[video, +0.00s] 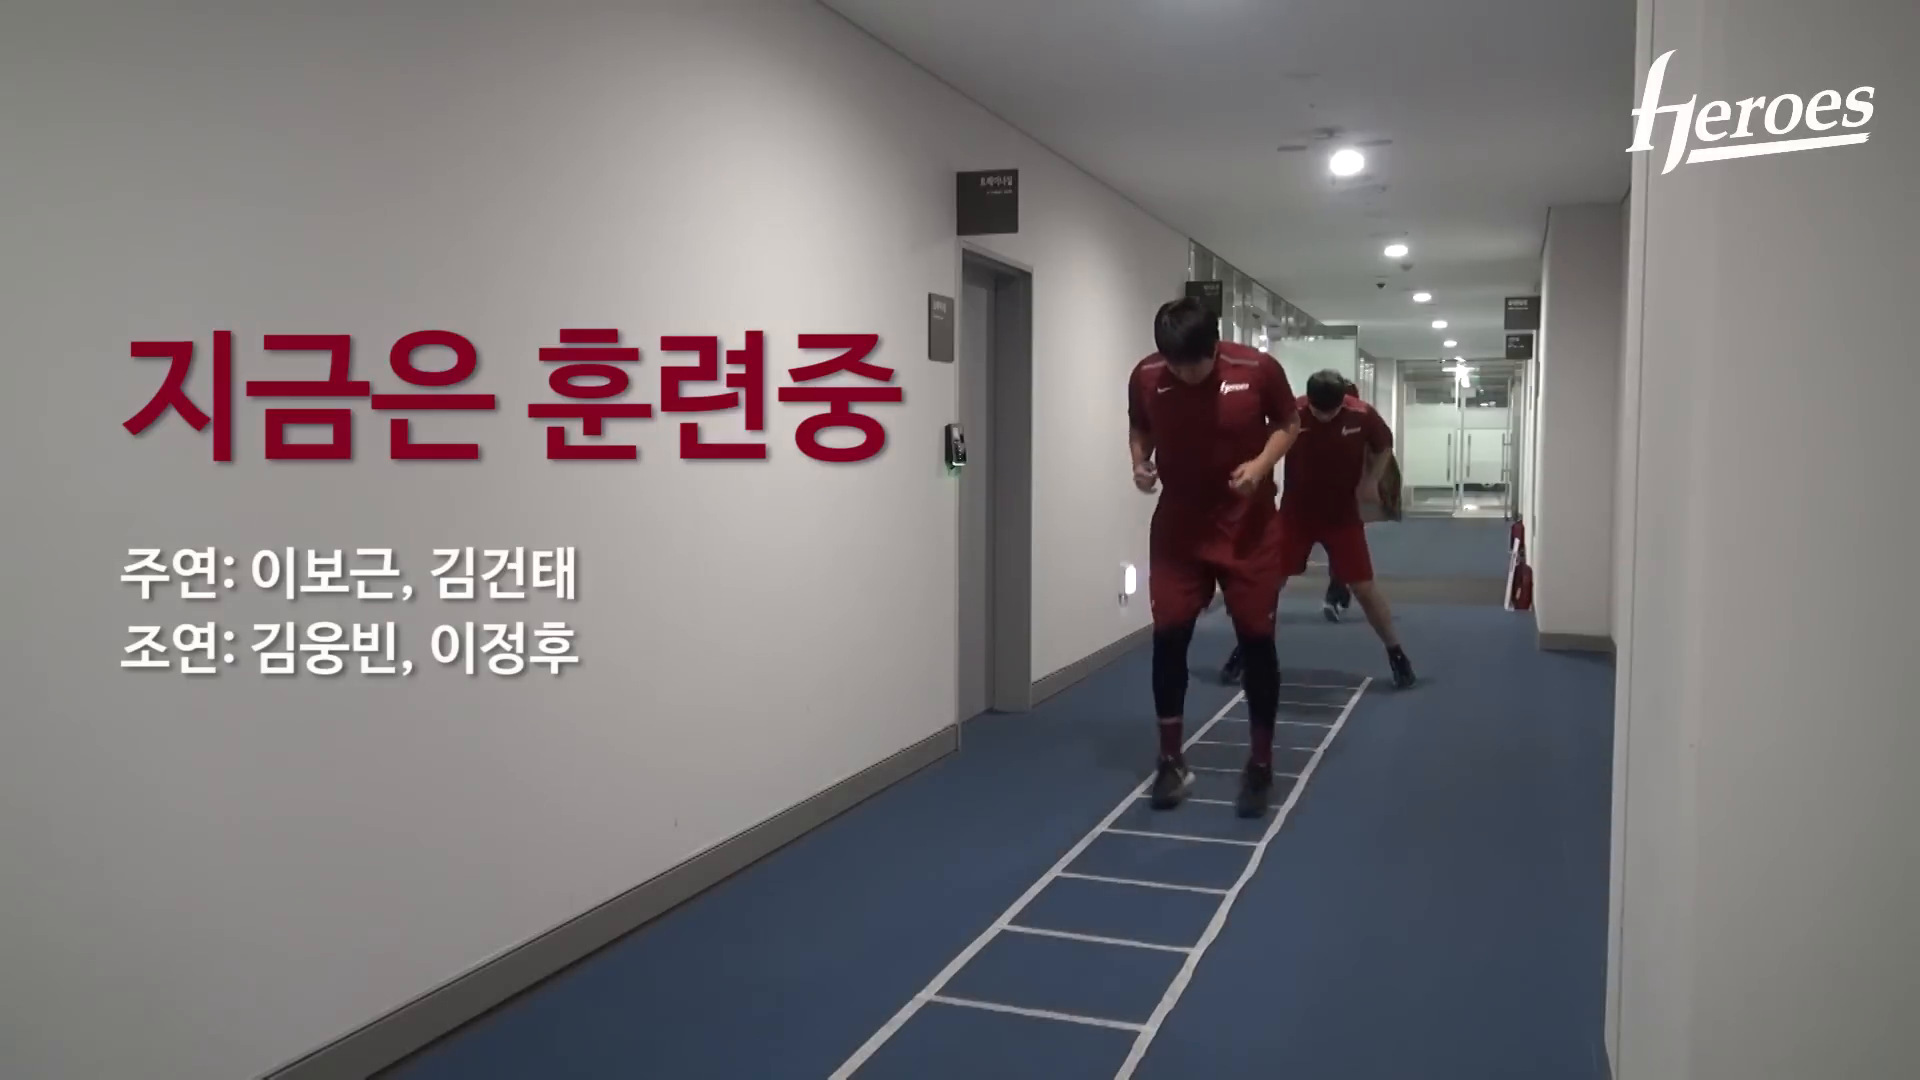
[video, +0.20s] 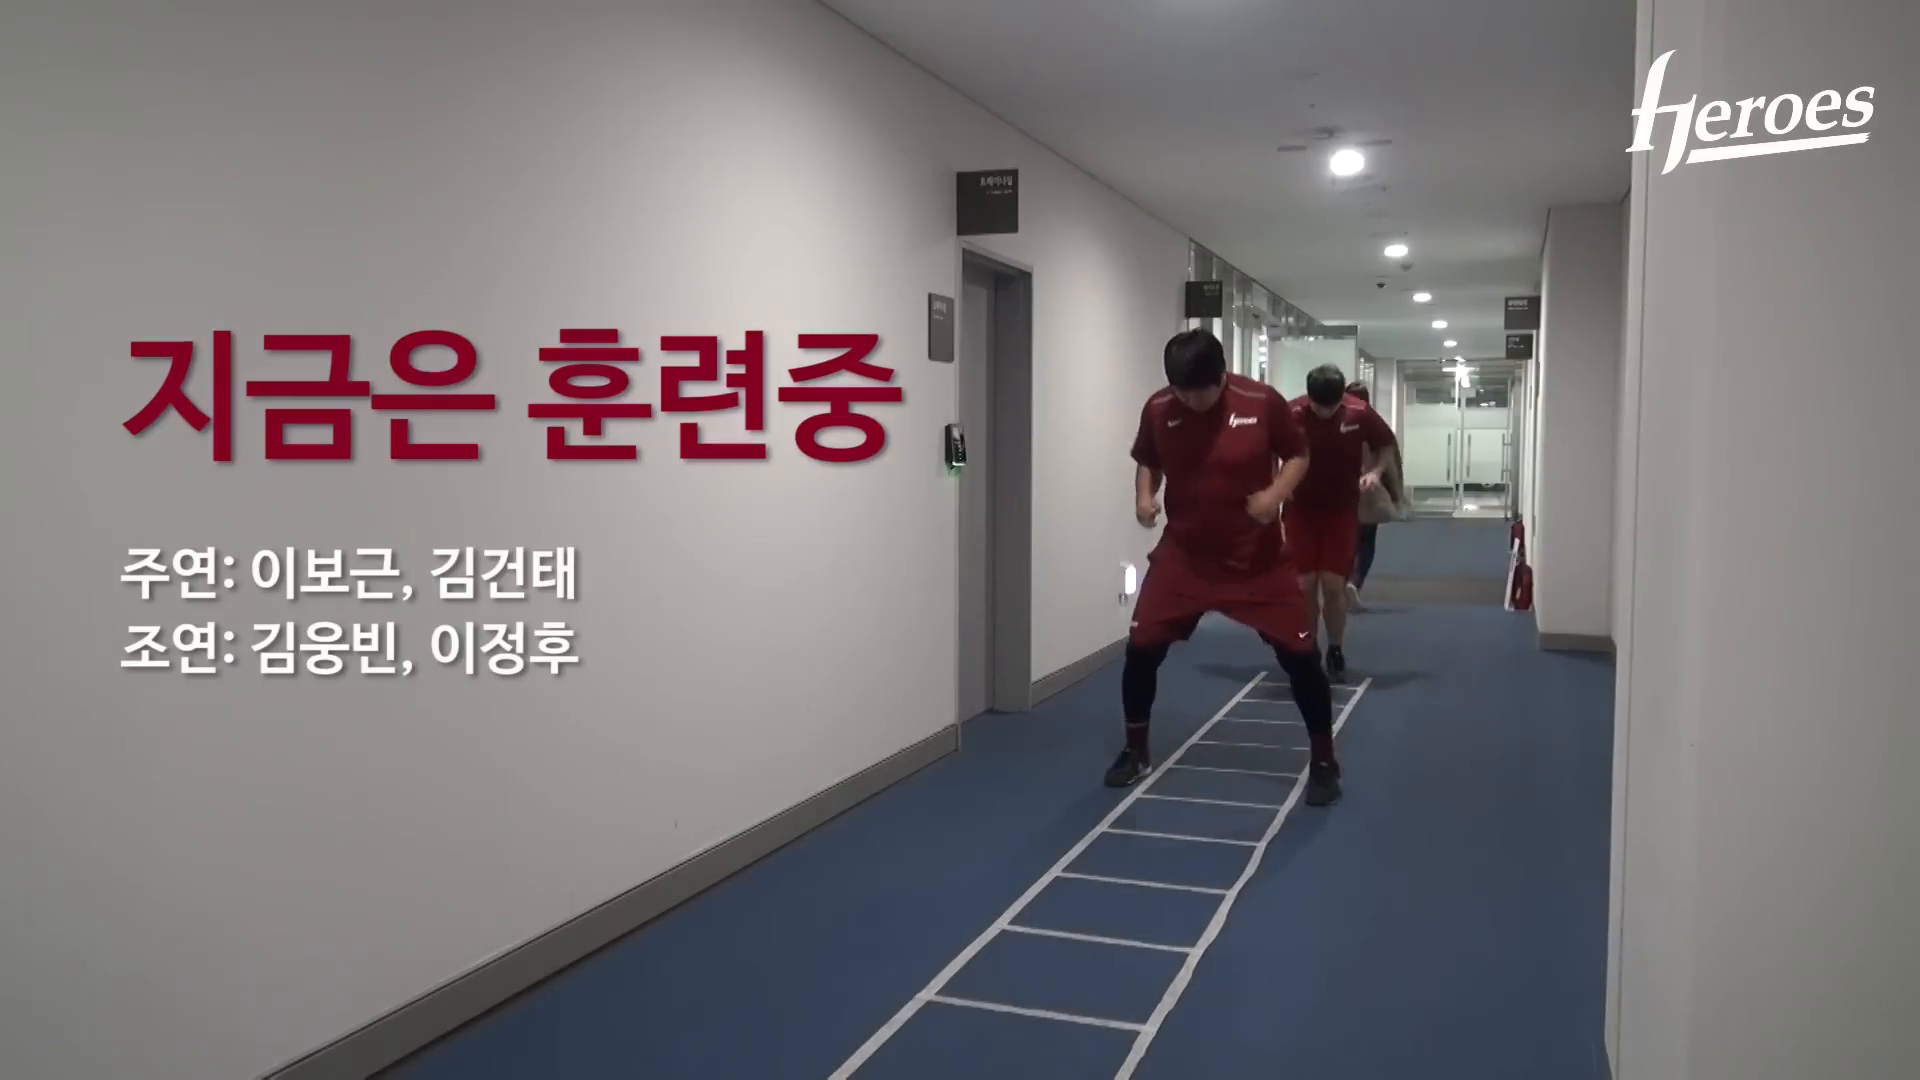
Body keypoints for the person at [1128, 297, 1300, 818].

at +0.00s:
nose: (1187, 375)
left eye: (1195, 365)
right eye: (1178, 367)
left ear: (1214, 346)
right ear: (1164, 352)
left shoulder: (1259, 370)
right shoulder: (1148, 379)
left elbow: (1290, 421)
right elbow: (1140, 425)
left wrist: (1262, 463)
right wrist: (1141, 460)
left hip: (1248, 525)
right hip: (1179, 524)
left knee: (1256, 639)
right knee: (1168, 635)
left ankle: (1260, 764)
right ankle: (1170, 761)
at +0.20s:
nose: (1192, 401)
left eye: (1200, 393)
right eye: (1183, 393)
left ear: (1221, 377)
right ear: (1172, 382)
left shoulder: (1263, 403)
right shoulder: (1159, 410)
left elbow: (1299, 455)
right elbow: (1149, 457)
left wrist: (1275, 494)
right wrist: (1145, 497)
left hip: (1258, 561)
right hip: (1183, 557)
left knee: (1300, 655)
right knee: (1141, 648)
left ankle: (1323, 759)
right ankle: (1136, 750)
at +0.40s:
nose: (1191, 384)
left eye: (1198, 375)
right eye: (1183, 377)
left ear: (1217, 355)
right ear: (1171, 365)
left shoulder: (1269, 368)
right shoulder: (1167, 385)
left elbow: (1304, 413)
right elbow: (1166, 430)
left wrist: (1284, 465)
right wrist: (1161, 471)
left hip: (1265, 519)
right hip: (1198, 519)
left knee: (1274, 630)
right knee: (1183, 625)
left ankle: (1282, 743)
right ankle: (1182, 740)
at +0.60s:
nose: (1187, 392)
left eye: (1191, 383)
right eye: (1180, 386)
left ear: (1211, 359)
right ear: (1171, 378)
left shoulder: (1272, 374)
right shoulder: (1177, 394)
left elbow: (1317, 420)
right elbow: (1186, 437)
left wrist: (1301, 477)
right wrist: (1163, 479)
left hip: (1269, 525)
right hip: (1208, 524)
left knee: (1274, 634)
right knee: (1202, 629)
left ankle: (1269, 741)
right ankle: (1215, 738)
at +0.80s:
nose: (1180, 401)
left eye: (1183, 391)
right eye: (1175, 394)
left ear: (1205, 373)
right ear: (1194, 378)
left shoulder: (1272, 385)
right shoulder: (1184, 409)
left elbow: (1316, 430)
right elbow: (1187, 448)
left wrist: (1323, 497)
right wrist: (1164, 486)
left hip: (1277, 529)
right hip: (1214, 532)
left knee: (1310, 630)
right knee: (1174, 625)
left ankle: (1346, 727)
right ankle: (1160, 718)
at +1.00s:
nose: (1179, 389)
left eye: (1179, 379)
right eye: (1173, 383)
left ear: (1198, 360)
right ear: (1193, 364)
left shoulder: (1269, 371)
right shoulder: (1191, 395)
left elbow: (1324, 410)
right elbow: (1203, 442)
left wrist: (1324, 479)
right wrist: (1176, 478)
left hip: (1278, 516)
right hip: (1220, 520)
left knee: (1302, 620)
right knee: (1195, 616)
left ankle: (1336, 730)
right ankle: (1170, 718)